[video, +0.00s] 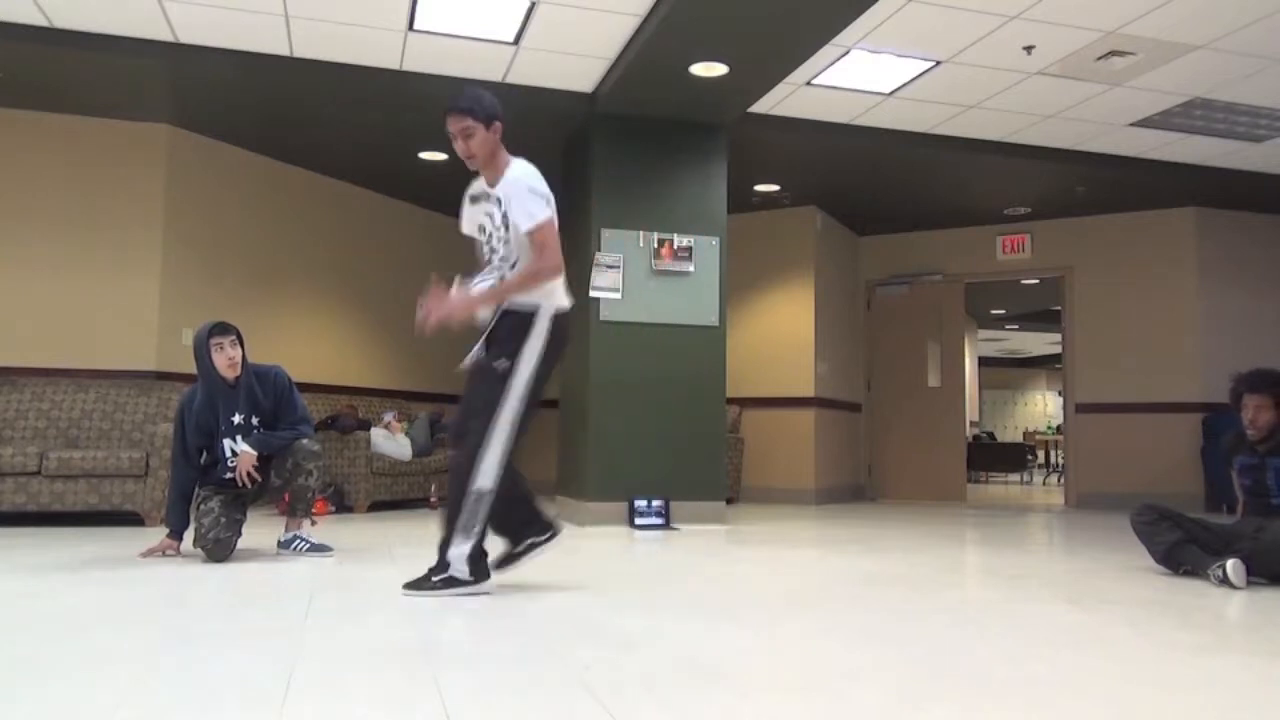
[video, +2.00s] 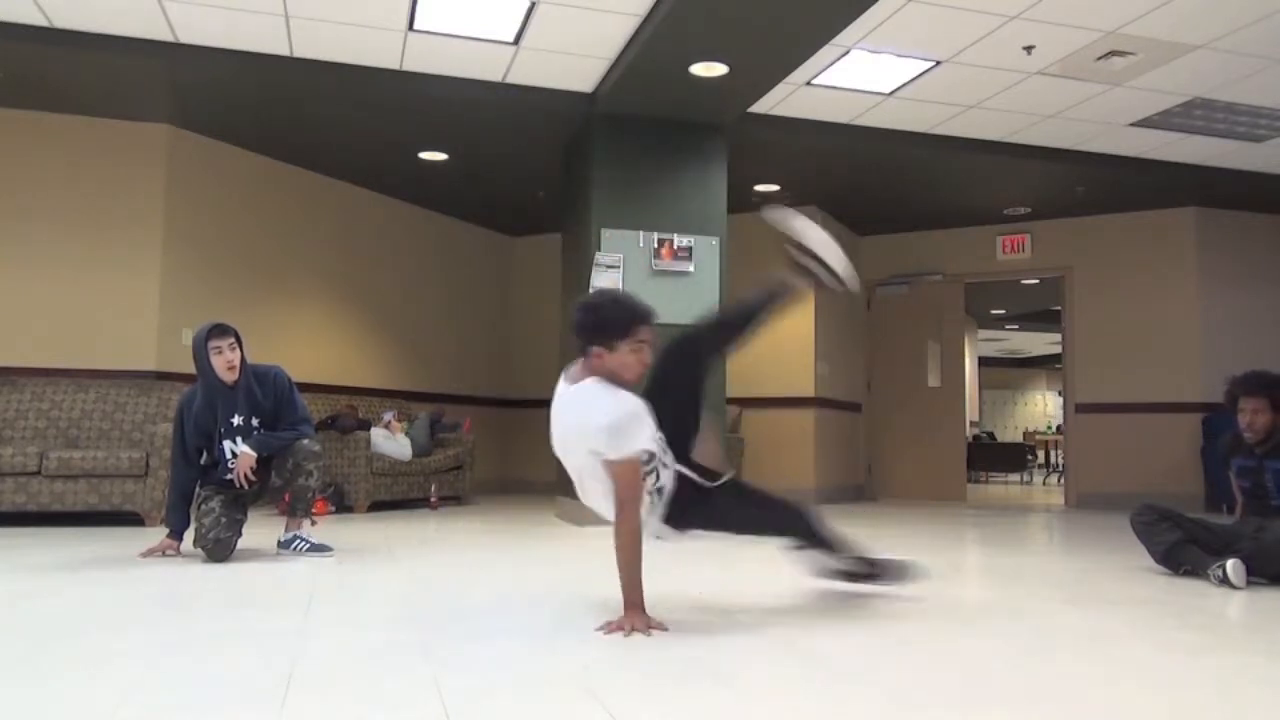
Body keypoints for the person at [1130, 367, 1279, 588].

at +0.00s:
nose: (1250, 417)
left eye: (1261, 409)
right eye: (1246, 408)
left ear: (1277, 412)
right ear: (1238, 411)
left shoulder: (1275, 451)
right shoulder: (1237, 450)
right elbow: (1243, 501)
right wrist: (1237, 532)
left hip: (1271, 536)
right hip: (1240, 534)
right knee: (1144, 514)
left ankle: (1198, 562)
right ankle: (1210, 566)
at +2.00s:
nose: (1248, 421)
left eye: (1258, 413)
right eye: (1243, 412)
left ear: (1276, 415)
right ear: (1235, 414)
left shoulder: (1275, 452)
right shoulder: (1233, 449)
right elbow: (1242, 501)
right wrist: (1236, 532)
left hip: (1270, 536)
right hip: (1239, 533)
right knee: (1144, 514)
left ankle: (1197, 562)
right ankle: (1210, 566)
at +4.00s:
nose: (1249, 422)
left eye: (1259, 413)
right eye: (1243, 413)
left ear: (1276, 416)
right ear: (1235, 415)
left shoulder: (1276, 451)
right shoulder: (1234, 450)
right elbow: (1241, 500)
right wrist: (1236, 530)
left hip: (1271, 536)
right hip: (1239, 533)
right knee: (1144, 515)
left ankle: (1197, 562)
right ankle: (1210, 566)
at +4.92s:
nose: (1249, 422)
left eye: (1260, 413)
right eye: (1243, 414)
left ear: (1277, 416)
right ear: (1236, 416)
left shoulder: (1275, 453)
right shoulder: (1235, 452)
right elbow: (1242, 501)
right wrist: (1237, 531)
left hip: (1271, 536)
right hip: (1239, 534)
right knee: (1143, 515)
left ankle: (1195, 563)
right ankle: (1209, 566)